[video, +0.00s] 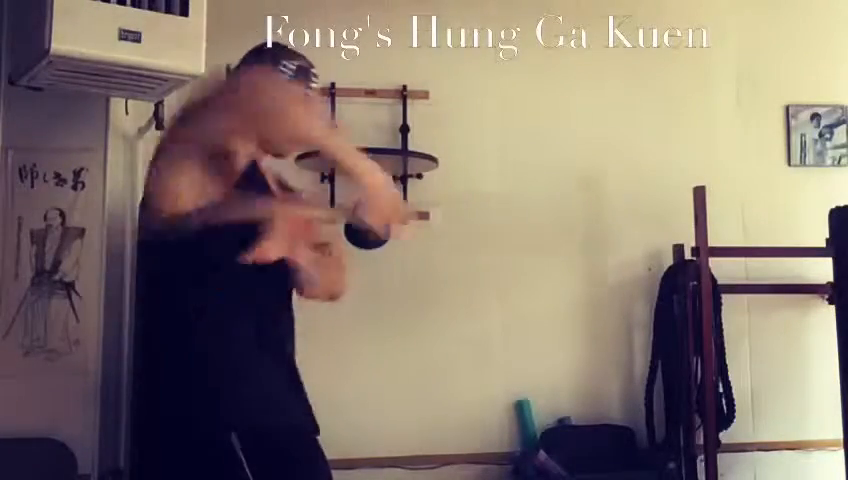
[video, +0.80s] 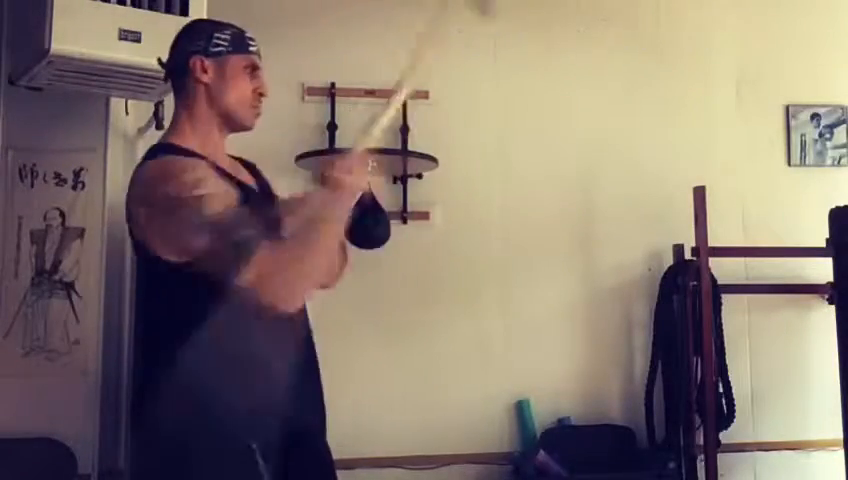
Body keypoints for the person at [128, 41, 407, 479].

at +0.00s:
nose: (310, 110)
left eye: (311, 97)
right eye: (299, 92)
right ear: (253, 84)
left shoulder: (270, 190)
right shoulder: (186, 166)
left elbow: (330, 283)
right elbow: (263, 94)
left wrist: (297, 244)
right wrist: (369, 176)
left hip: (272, 408)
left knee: (305, 471)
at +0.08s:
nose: (298, 111)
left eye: (300, 99)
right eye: (291, 95)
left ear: (251, 90)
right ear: (253, 88)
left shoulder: (261, 184)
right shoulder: (205, 140)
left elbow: (305, 299)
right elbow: (367, 116)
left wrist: (318, 243)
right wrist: (403, 225)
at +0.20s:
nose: (301, 114)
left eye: (301, 100)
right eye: (295, 95)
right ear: (253, 80)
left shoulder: (144, 170)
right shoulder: (281, 140)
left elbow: (209, 292)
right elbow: (385, 182)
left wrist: (311, 270)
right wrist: (338, 239)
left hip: (164, 406)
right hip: (256, 407)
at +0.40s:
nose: (292, 99)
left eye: (293, 84)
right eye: (285, 78)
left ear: (235, 74)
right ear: (240, 71)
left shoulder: (139, 174)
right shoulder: (264, 152)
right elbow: (350, 226)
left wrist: (306, 243)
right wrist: (375, 223)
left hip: (167, 412)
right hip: (261, 412)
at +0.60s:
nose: (276, 83)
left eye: (272, 67)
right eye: (264, 65)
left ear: (215, 67)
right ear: (216, 65)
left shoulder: (165, 164)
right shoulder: (227, 166)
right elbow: (336, 270)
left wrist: (359, 235)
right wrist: (417, 233)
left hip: (179, 424)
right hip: (253, 430)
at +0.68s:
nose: (264, 83)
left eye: (261, 68)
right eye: (251, 65)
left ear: (204, 69)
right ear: (204, 66)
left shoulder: (179, 165)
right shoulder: (198, 172)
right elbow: (314, 268)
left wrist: (327, 225)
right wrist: (398, 209)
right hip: (248, 437)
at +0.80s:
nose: (263, 88)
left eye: (260, 74)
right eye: (250, 71)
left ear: (205, 72)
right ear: (202, 70)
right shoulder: (170, 177)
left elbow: (329, 271)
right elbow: (281, 287)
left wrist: (332, 207)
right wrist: (340, 191)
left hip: (276, 428)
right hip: (204, 438)